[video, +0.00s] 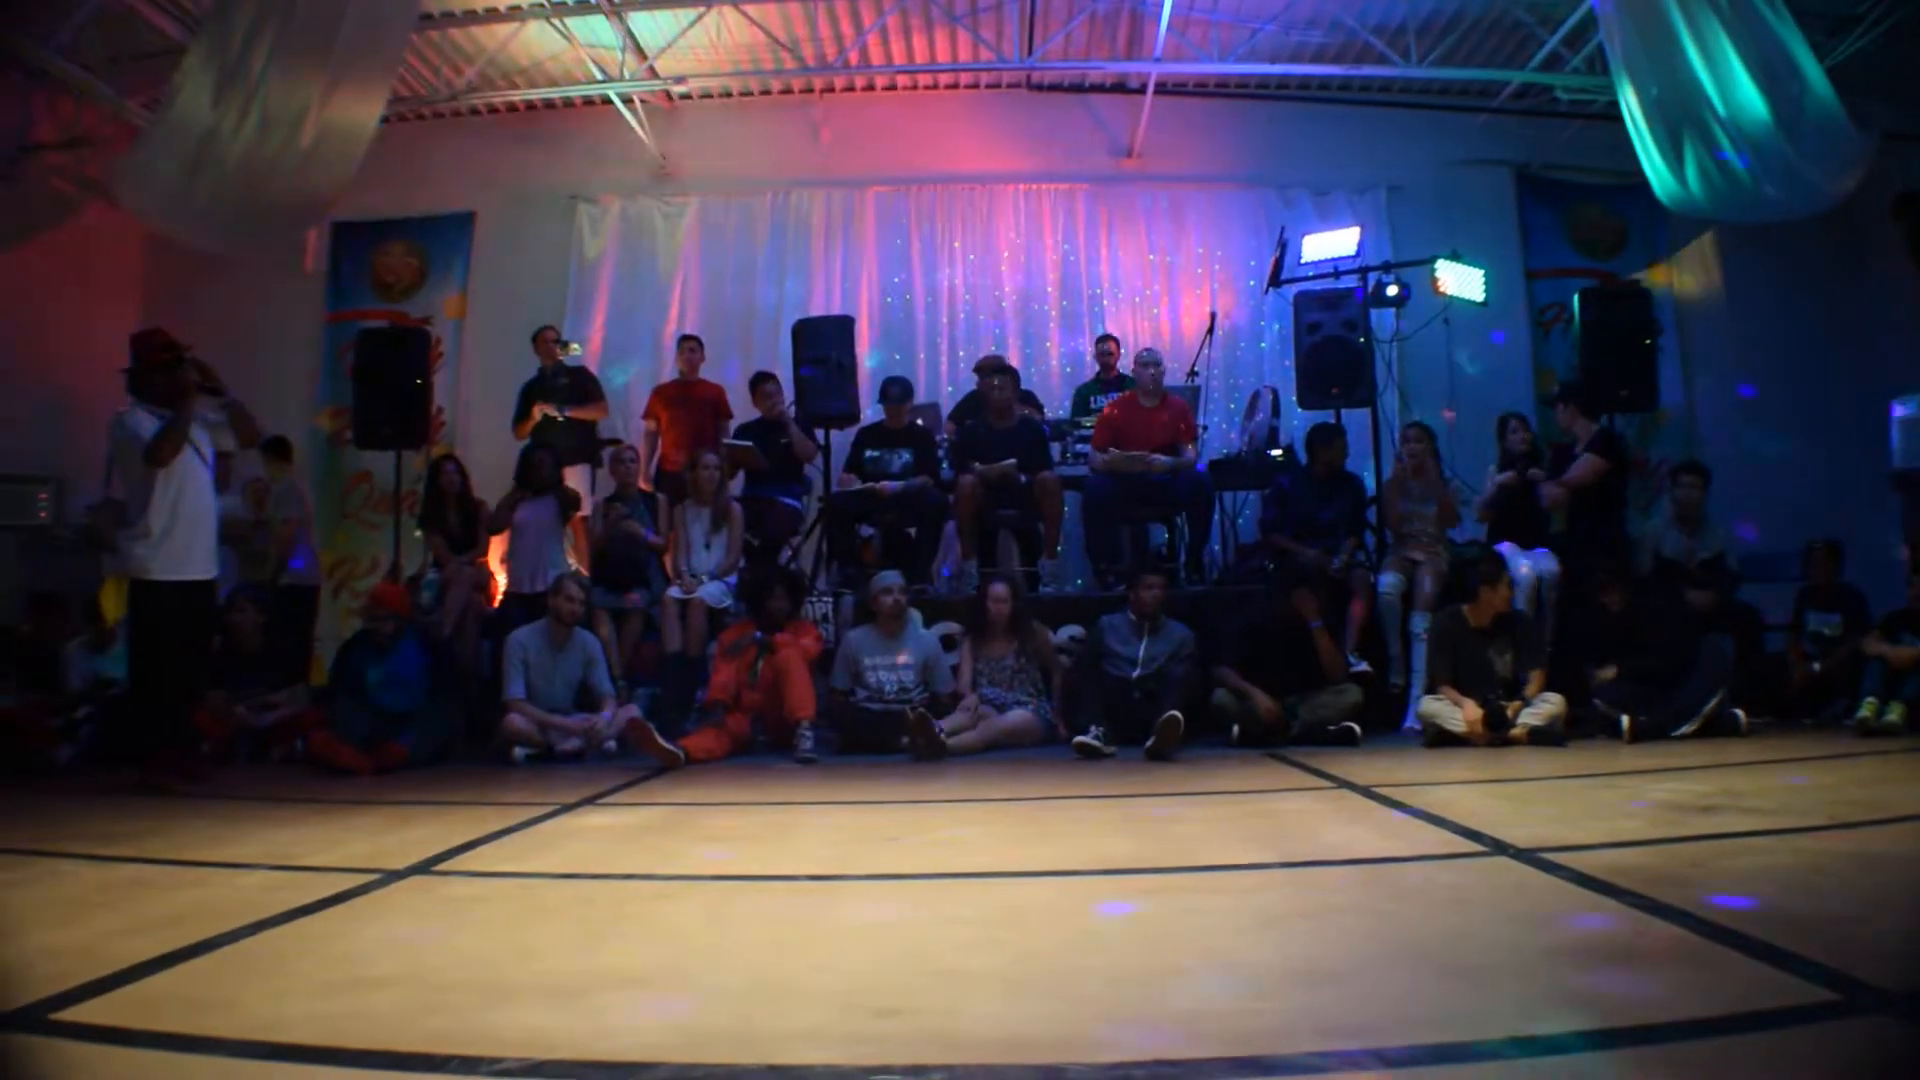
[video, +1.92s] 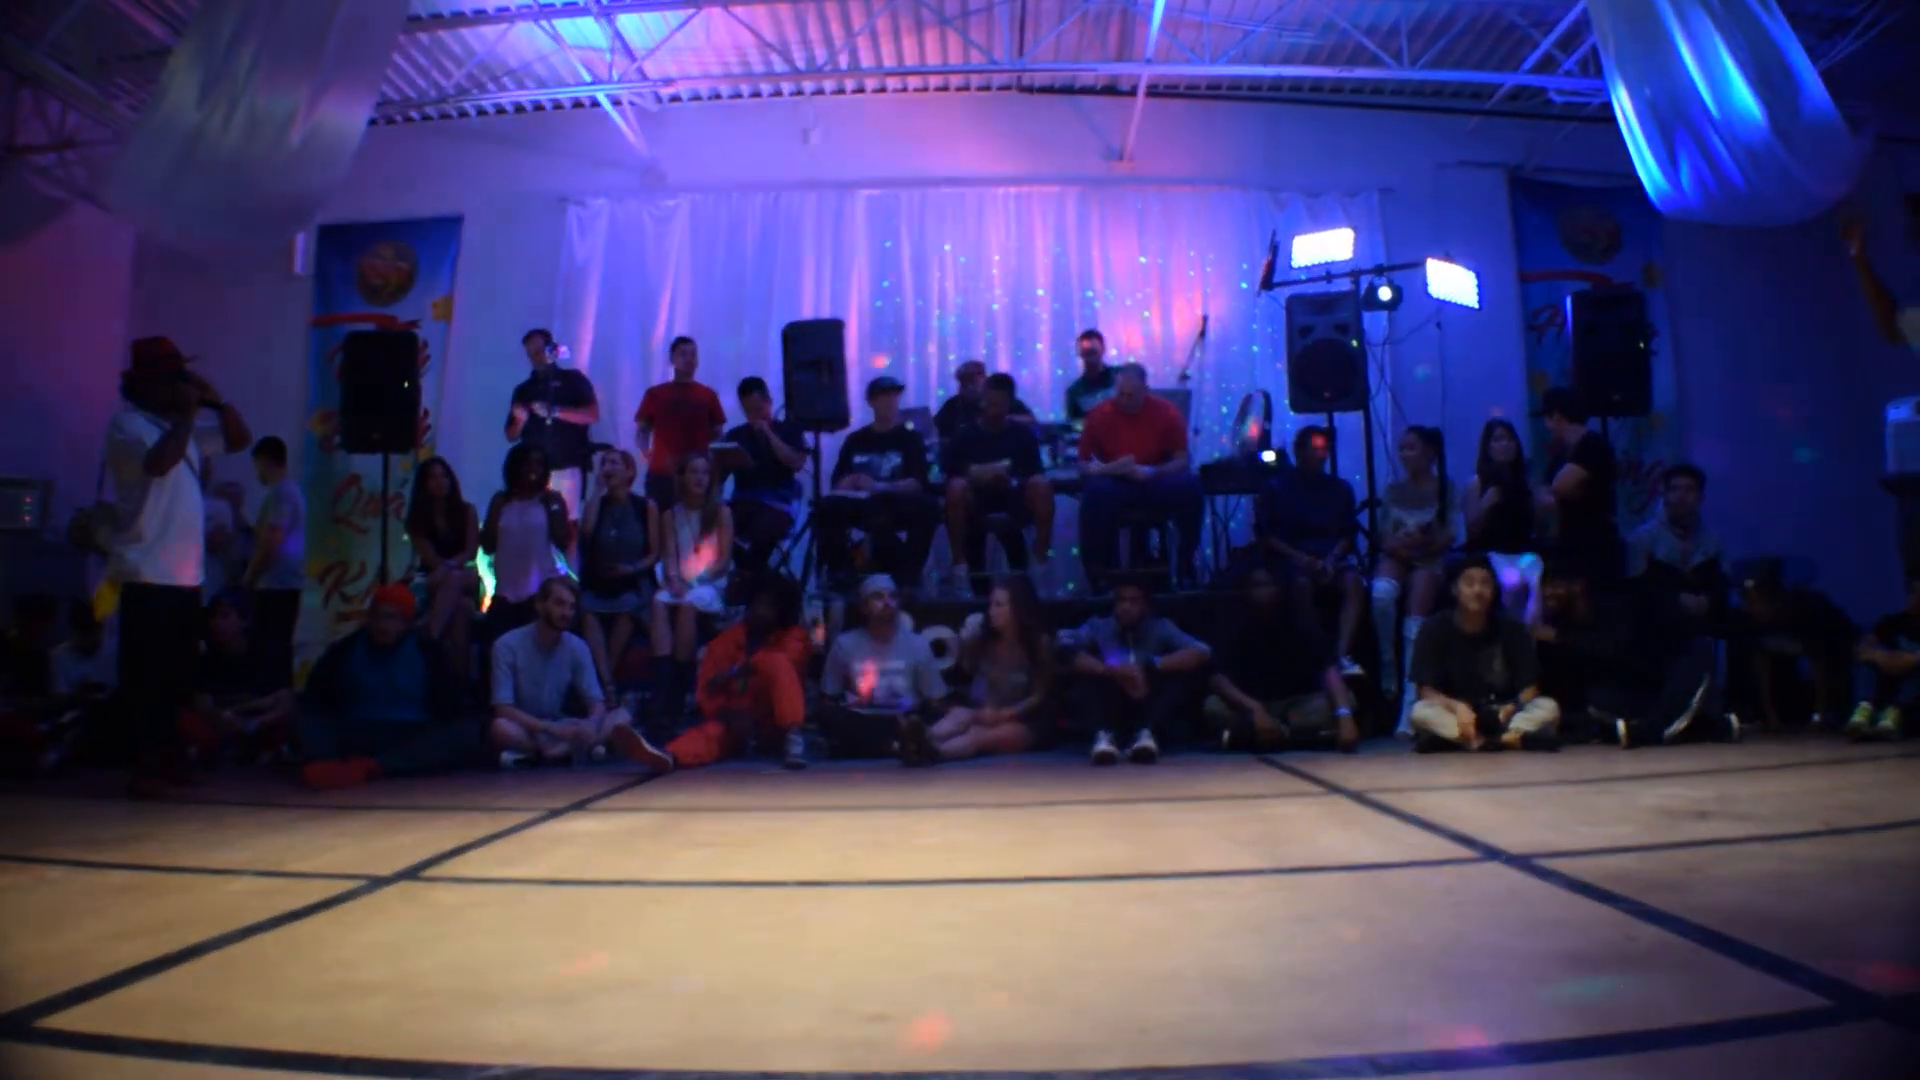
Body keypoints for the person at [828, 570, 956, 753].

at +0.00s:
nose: (896, 599)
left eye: (901, 592)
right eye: (887, 593)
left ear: (907, 598)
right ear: (874, 601)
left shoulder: (926, 641)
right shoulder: (854, 640)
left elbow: (943, 696)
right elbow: (838, 694)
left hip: (913, 711)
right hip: (869, 711)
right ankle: (903, 740)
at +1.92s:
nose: (887, 603)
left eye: (891, 597)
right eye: (878, 598)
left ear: (898, 602)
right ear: (865, 606)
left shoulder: (916, 644)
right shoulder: (845, 645)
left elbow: (936, 701)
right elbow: (829, 699)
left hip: (908, 717)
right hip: (863, 717)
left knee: (964, 714)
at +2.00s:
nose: (886, 603)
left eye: (891, 596)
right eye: (878, 598)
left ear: (897, 601)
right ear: (864, 605)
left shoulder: (916, 645)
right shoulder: (845, 645)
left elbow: (937, 702)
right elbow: (829, 701)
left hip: (908, 721)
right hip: (862, 722)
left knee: (964, 714)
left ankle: (925, 747)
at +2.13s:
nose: (887, 603)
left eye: (892, 597)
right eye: (879, 597)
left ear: (898, 602)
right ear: (865, 606)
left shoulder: (916, 645)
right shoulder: (845, 645)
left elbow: (937, 702)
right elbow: (828, 698)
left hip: (906, 716)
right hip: (860, 717)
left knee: (964, 713)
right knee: (829, 716)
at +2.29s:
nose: (887, 603)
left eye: (891, 596)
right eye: (879, 597)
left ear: (898, 602)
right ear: (865, 606)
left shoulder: (915, 644)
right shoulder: (844, 644)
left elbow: (937, 702)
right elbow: (828, 699)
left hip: (905, 715)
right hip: (861, 716)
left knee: (964, 714)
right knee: (831, 717)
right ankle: (895, 746)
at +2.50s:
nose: (887, 603)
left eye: (891, 596)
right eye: (879, 597)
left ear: (898, 602)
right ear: (865, 606)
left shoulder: (915, 644)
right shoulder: (845, 645)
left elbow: (935, 701)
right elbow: (829, 699)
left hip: (905, 715)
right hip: (861, 716)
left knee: (962, 714)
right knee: (832, 718)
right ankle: (894, 746)